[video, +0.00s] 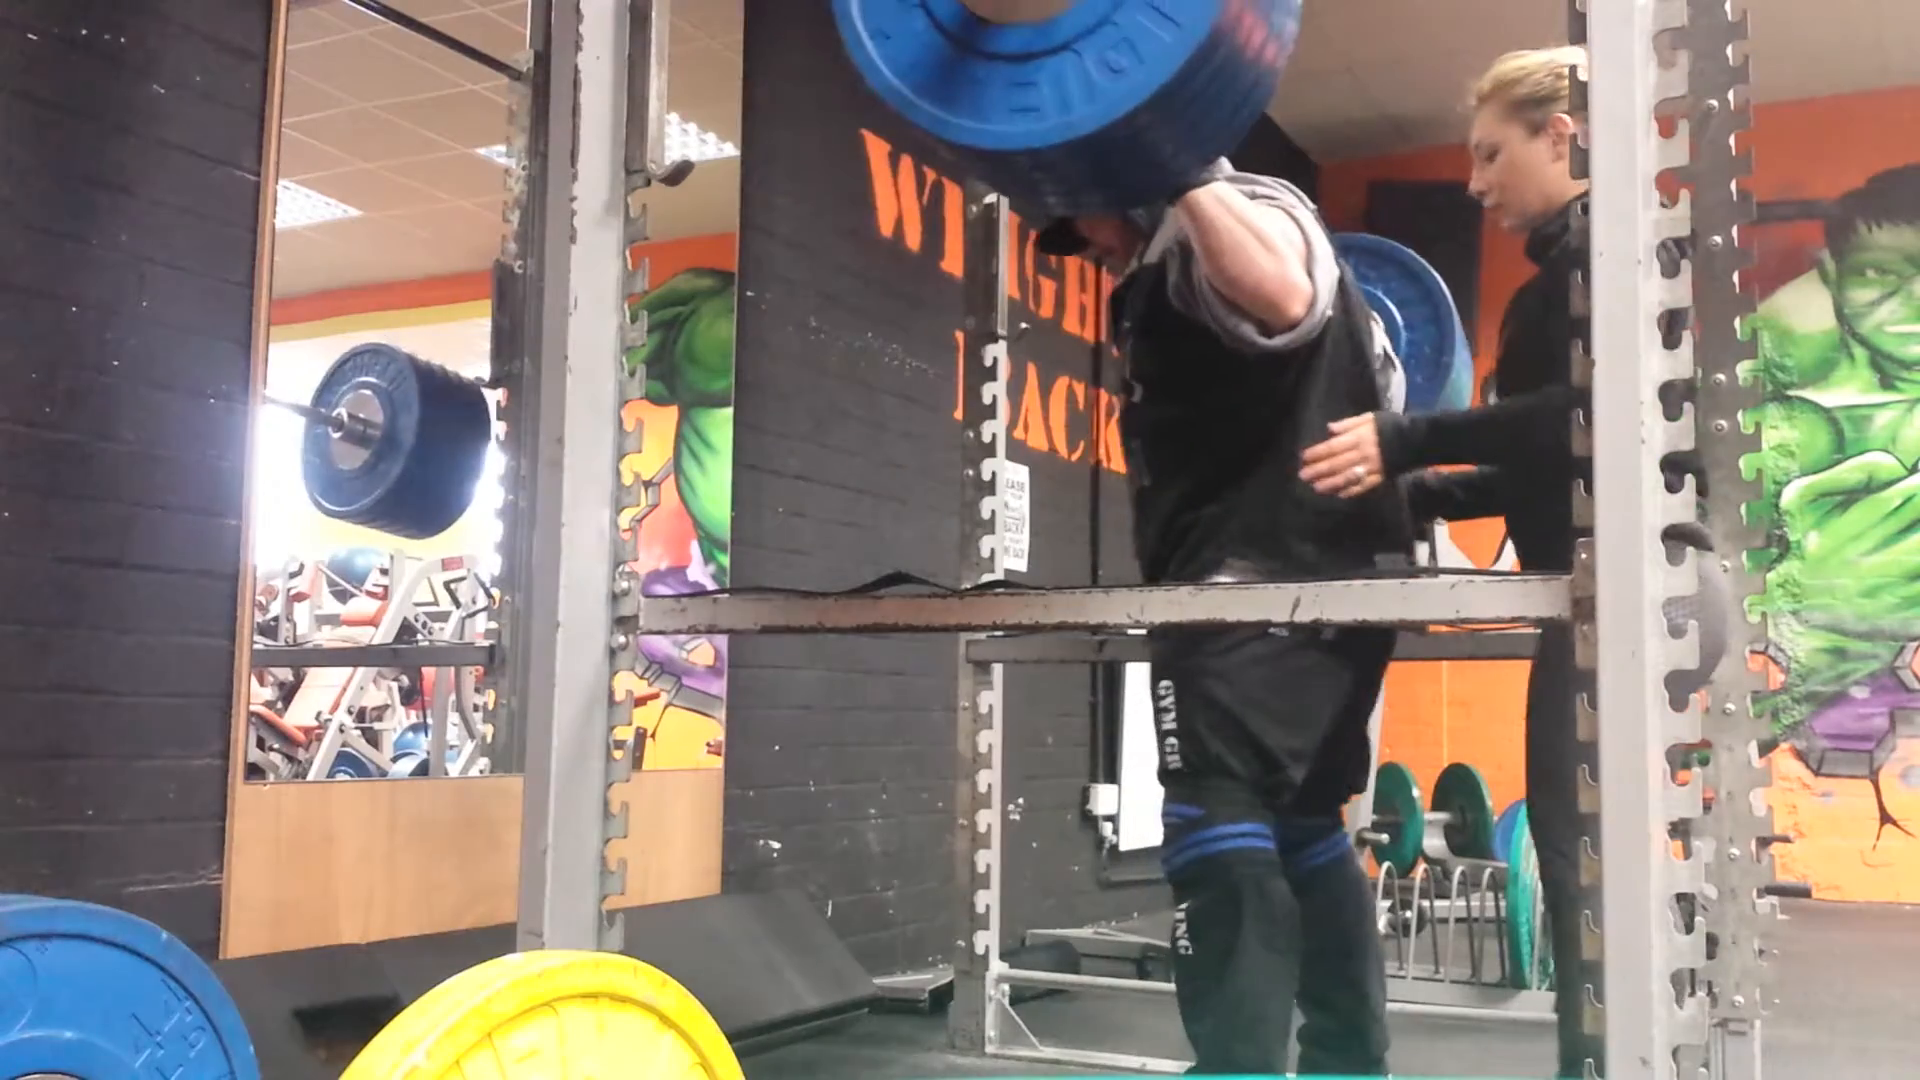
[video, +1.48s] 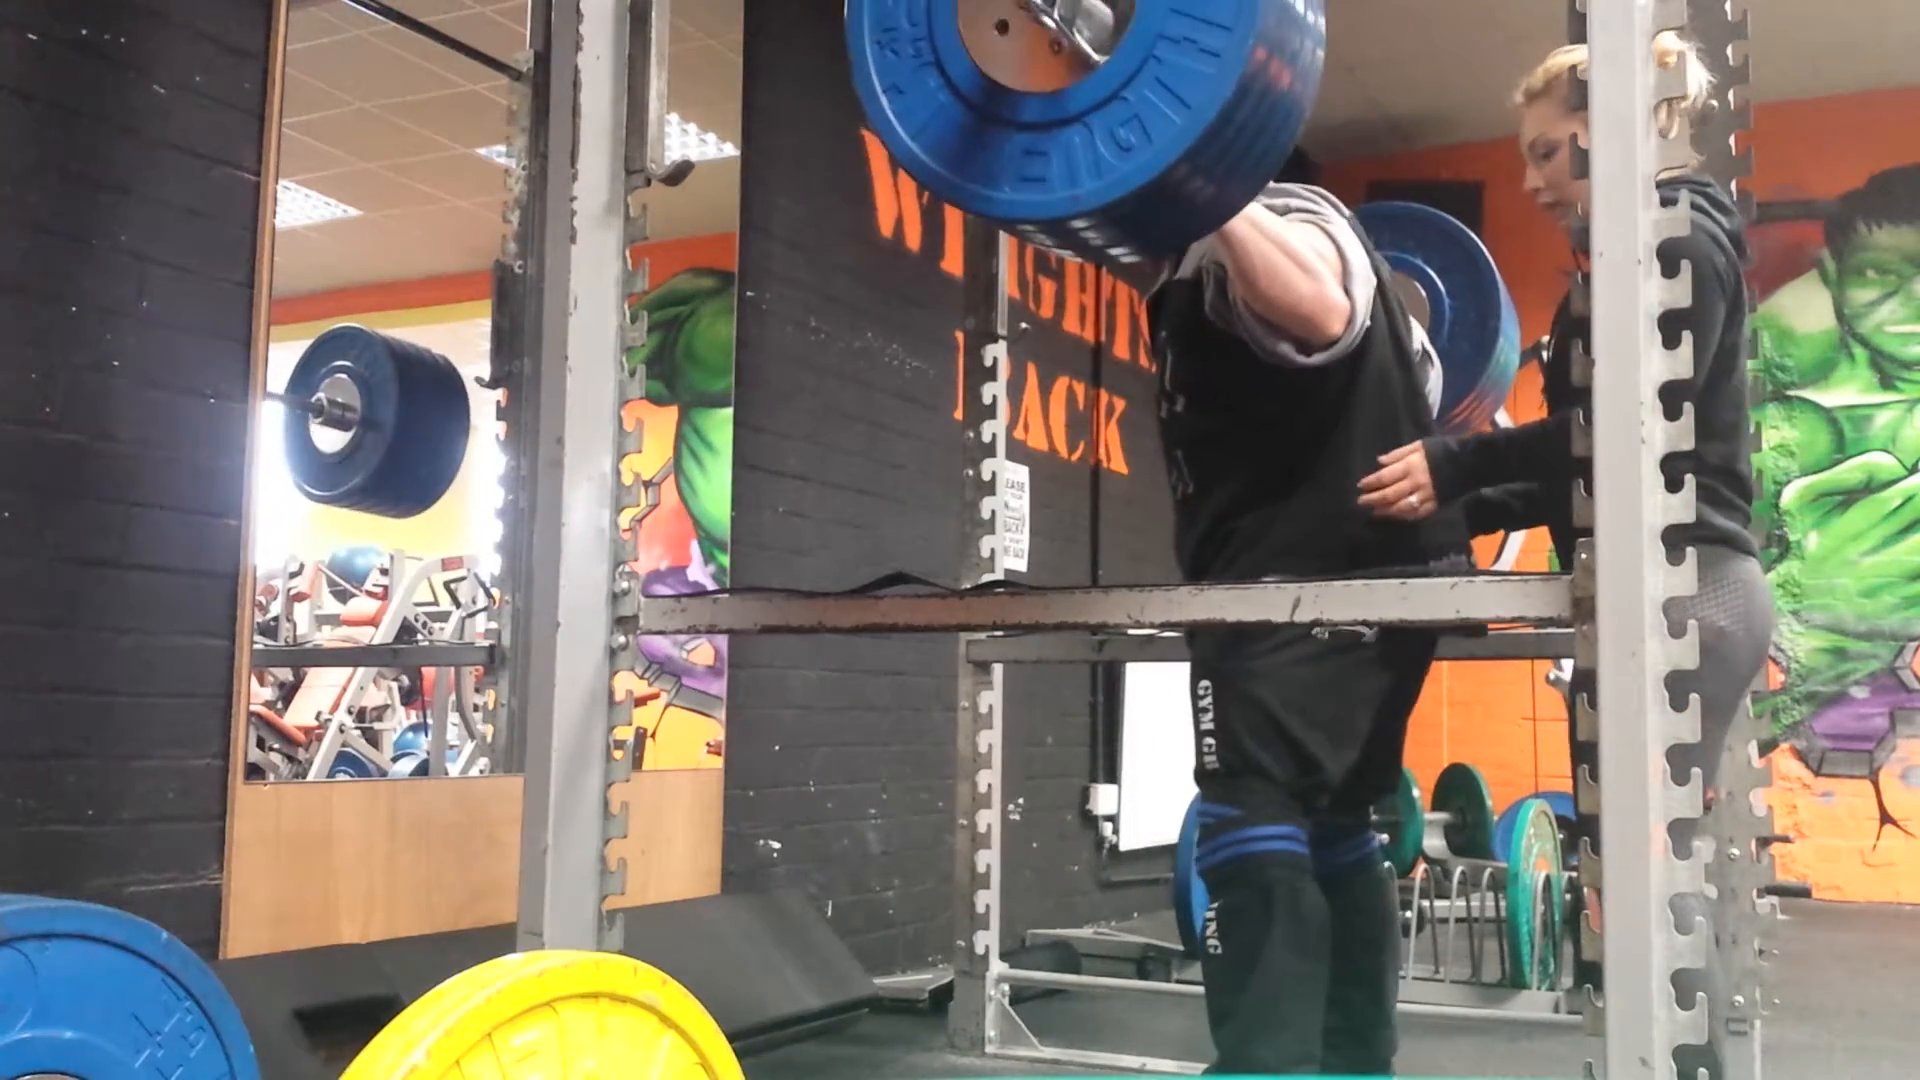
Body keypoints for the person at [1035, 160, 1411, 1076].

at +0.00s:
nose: (1081, 247)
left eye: (1078, 222)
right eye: (1066, 234)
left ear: (1116, 181)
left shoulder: (1240, 208)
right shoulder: (1169, 258)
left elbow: (1282, 295)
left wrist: (1173, 161)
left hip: (1265, 578)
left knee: (1214, 819)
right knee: (1303, 823)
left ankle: (1237, 1065)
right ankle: (1347, 1064)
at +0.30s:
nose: (1111, 258)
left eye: (1112, 232)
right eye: (1095, 241)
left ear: (1157, 197)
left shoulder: (1281, 216)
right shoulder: (1212, 267)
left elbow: (1324, 299)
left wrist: (1217, 172)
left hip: (1307, 589)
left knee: (1241, 827)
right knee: (1330, 832)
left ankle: (1257, 1065)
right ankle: (1350, 1063)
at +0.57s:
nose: (1108, 259)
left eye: (1111, 232)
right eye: (1095, 241)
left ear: (1161, 193)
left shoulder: (1295, 212)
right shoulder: (1213, 262)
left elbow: (1329, 300)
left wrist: (1225, 179)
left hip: (1315, 588)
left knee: (1259, 829)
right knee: (1333, 833)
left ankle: (1266, 1064)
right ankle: (1351, 1064)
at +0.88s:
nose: (1110, 253)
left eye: (1110, 226)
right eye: (1095, 236)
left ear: (1159, 194)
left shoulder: (1290, 210)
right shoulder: (1217, 262)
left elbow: (1320, 295)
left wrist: (1214, 169)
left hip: (1310, 588)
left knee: (1232, 821)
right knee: (1331, 830)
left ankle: (1261, 1062)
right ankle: (1351, 1062)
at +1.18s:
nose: (1096, 251)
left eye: (1097, 227)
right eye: (1080, 236)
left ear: (1145, 195)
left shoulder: (1278, 195)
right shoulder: (1190, 261)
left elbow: (1326, 282)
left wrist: (1211, 173)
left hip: (1318, 574)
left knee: (1259, 824)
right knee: (1322, 827)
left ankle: (1263, 1065)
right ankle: (1348, 1065)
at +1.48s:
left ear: (1200, 159)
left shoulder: (1280, 218)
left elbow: (1319, 310)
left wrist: (1212, 209)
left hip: (1310, 584)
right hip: (1369, 586)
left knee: (1251, 819)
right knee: (1338, 829)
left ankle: (1263, 1063)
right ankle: (1352, 1062)